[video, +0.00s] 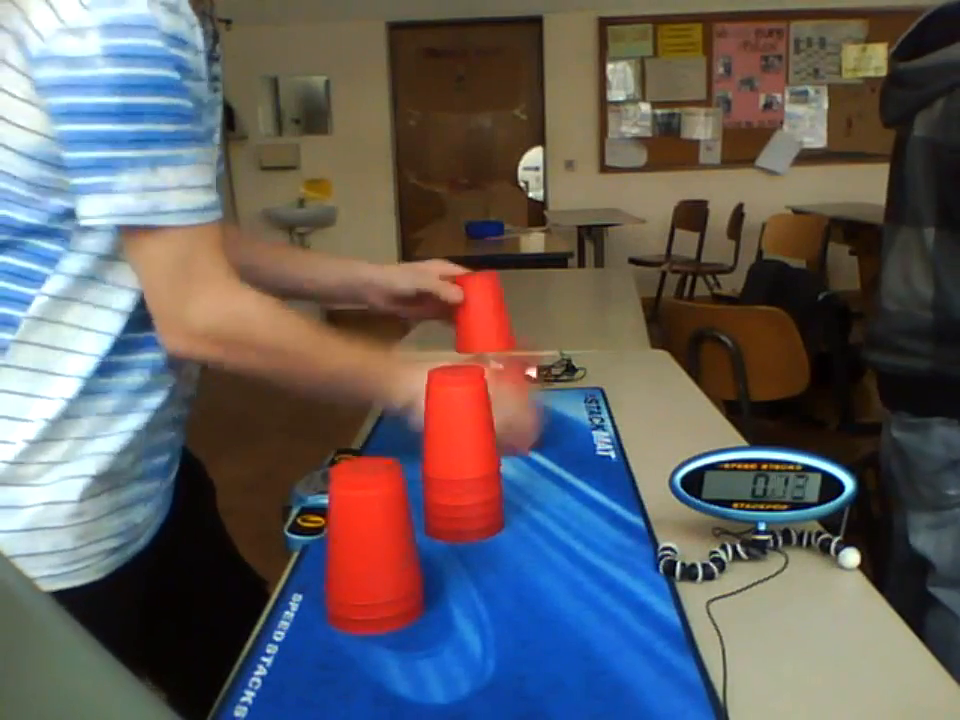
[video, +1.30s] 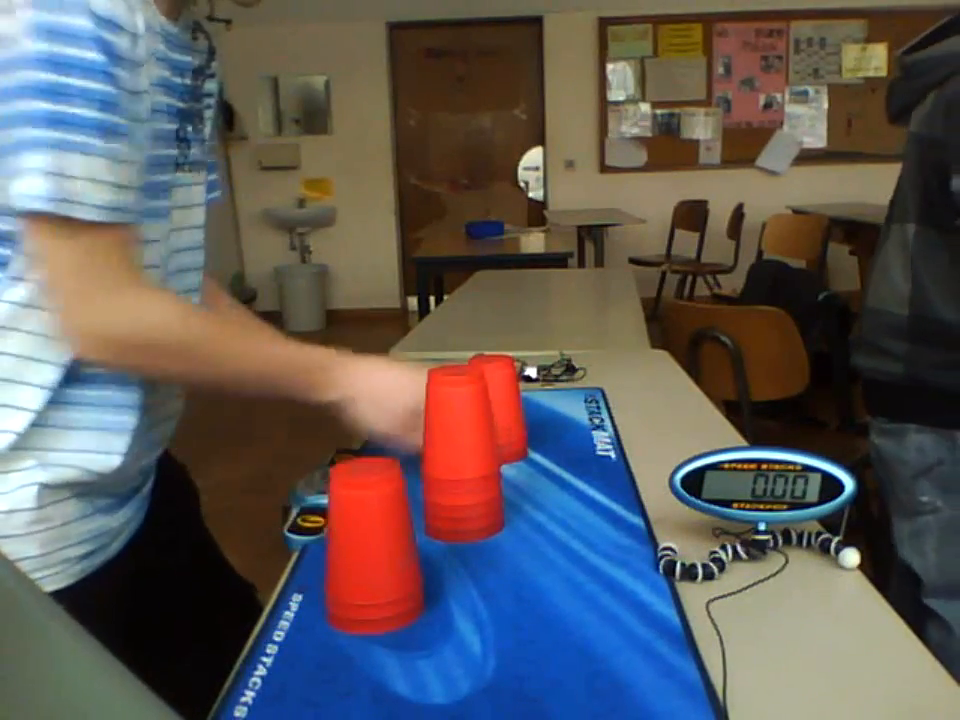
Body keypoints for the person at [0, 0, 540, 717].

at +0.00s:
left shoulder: (160, 22)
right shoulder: (119, 24)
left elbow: (198, 238)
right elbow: (195, 312)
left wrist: (375, 284)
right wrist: (412, 384)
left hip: (143, 480)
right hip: (63, 537)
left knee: (278, 679)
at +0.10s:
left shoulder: (198, 26)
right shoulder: (113, 25)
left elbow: (196, 235)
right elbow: (98, 310)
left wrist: (367, 306)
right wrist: (312, 411)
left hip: (159, 487)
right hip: (62, 536)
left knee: (273, 679)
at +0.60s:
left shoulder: (203, 35)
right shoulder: (50, 16)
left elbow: (197, 291)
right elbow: (10, 315)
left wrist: (332, 424)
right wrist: (213, 471)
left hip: (167, 515)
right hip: (53, 559)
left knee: (281, 693)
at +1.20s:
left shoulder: (192, 47)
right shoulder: (48, 20)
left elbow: (172, 276)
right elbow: (20, 305)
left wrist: (317, 414)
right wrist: (246, 438)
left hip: (144, 500)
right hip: (41, 552)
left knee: (261, 678)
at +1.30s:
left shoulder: (182, 42)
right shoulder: (63, 20)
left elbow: (174, 276)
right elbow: (98, 313)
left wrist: (335, 383)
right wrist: (349, 381)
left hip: (135, 487)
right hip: (41, 535)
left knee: (255, 675)